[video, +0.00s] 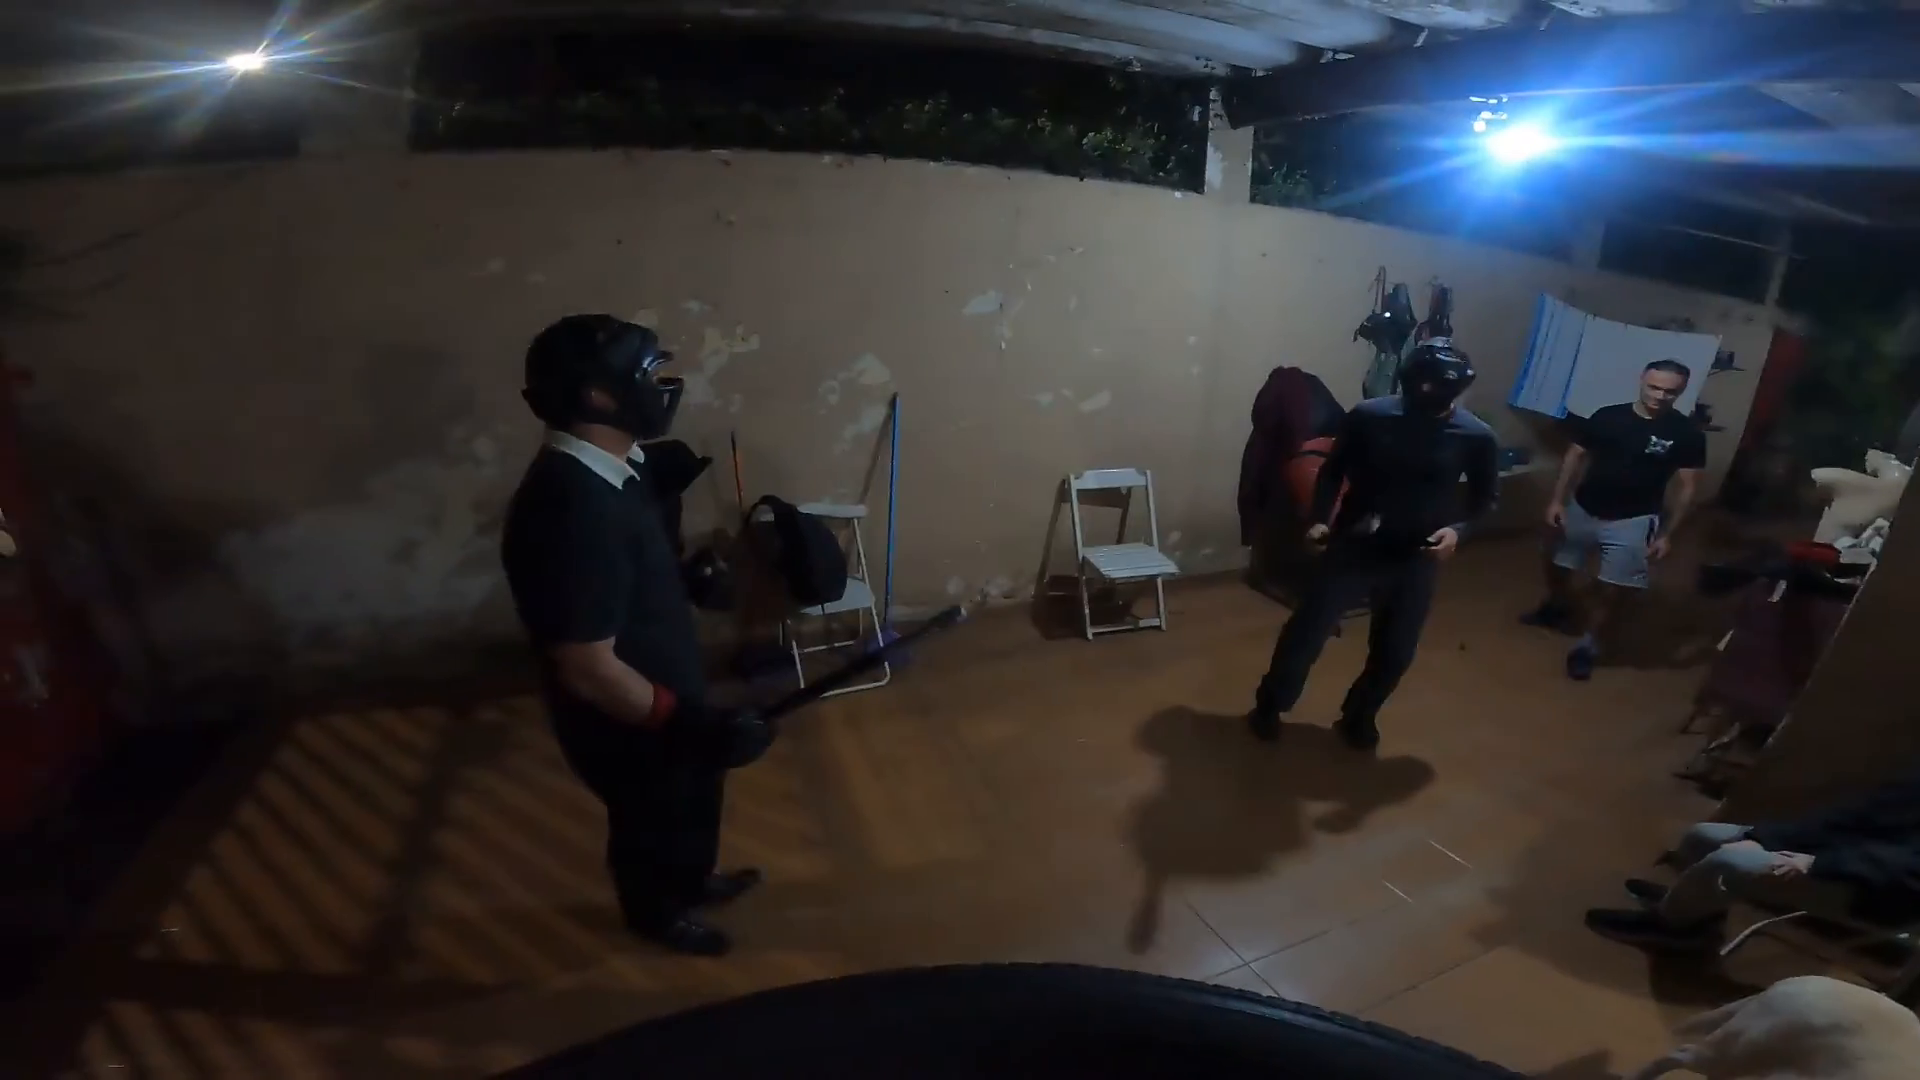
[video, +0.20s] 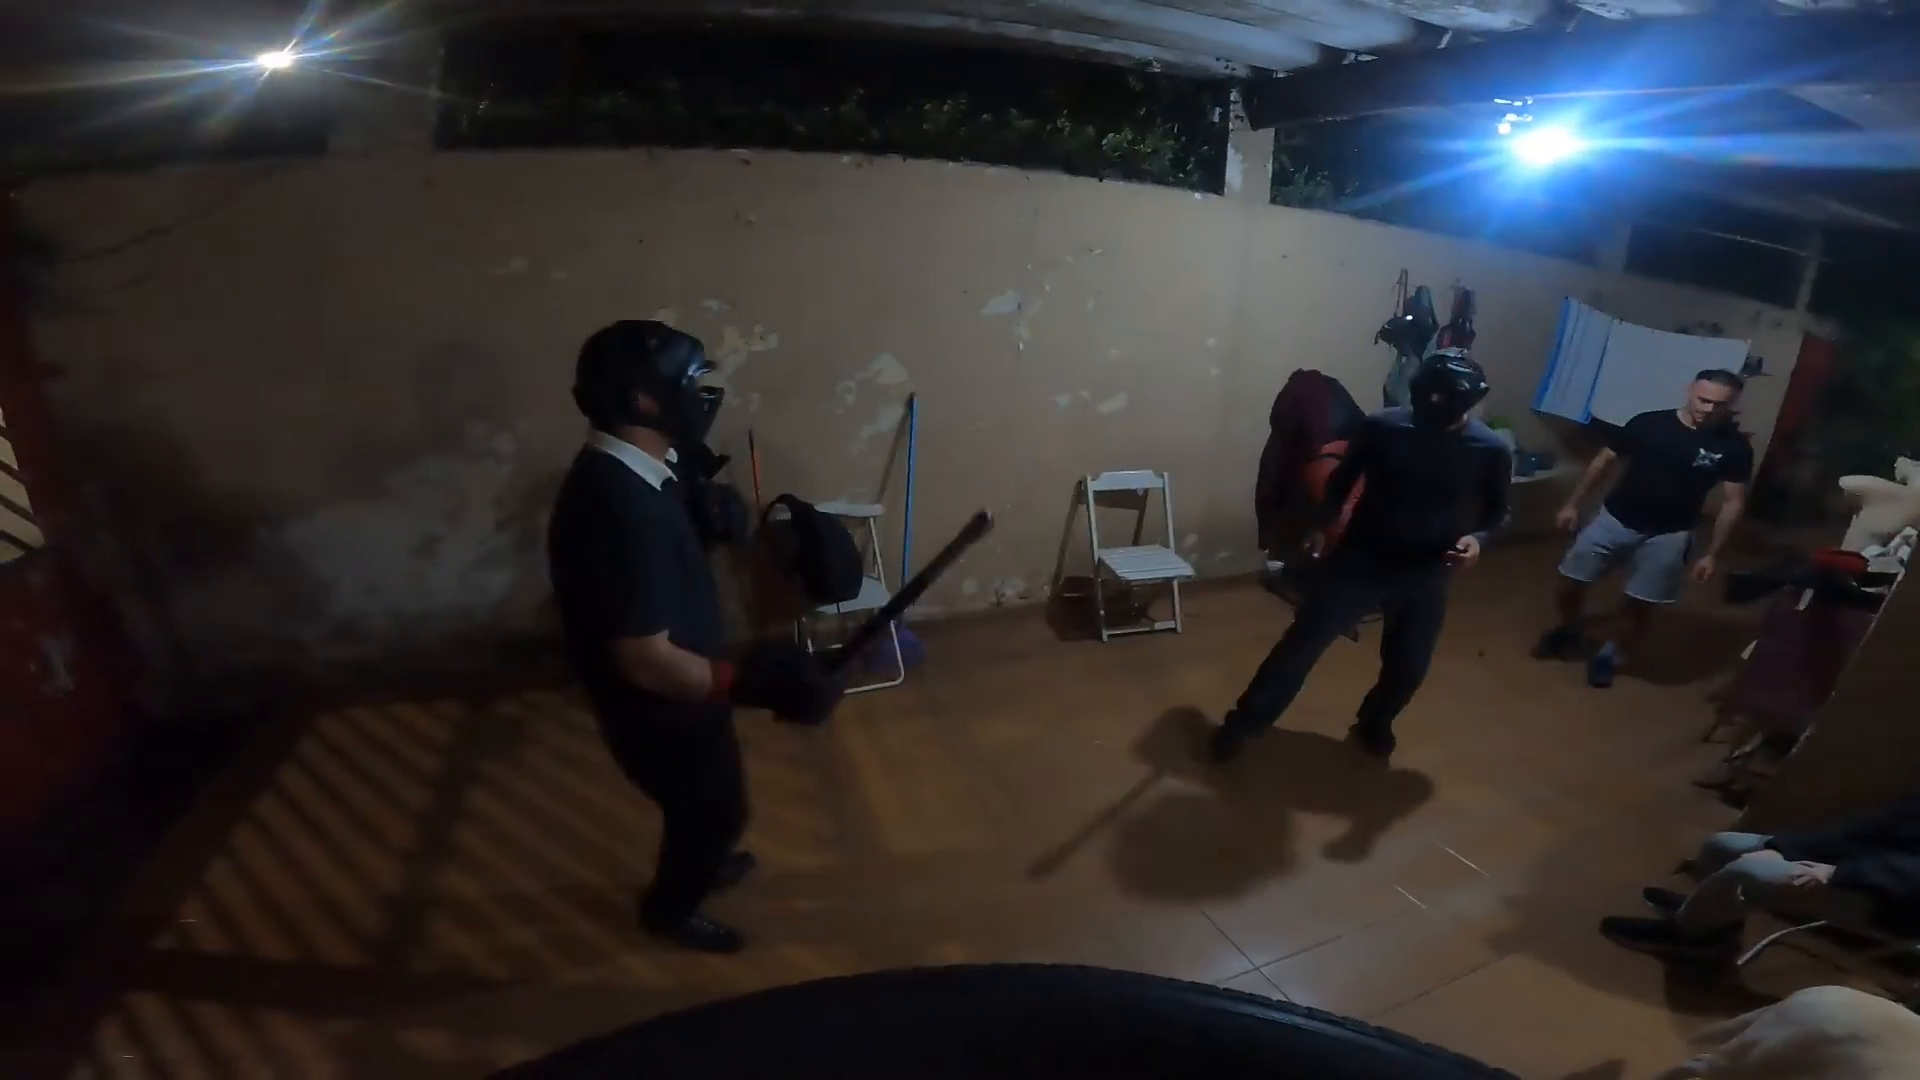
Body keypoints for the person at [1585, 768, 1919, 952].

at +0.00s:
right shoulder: (1910, 796)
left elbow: (1902, 868)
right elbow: (1855, 817)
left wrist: (1818, 865)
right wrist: (1763, 834)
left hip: (1866, 891)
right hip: (1836, 851)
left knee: (1727, 863)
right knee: (1703, 836)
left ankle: (1669, 921)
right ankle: (1682, 903)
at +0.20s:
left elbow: (1910, 877)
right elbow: (1882, 832)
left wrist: (1842, 874)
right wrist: (1786, 844)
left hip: (1891, 901)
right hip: (1866, 862)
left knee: (1748, 873)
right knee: (1721, 847)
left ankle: (1685, 930)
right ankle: (1706, 912)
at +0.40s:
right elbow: (1898, 844)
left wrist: (1866, 886)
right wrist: (1811, 857)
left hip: (1901, 908)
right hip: (1880, 871)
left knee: (1768, 881)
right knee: (1744, 855)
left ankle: (1704, 938)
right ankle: (1722, 919)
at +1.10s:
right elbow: (1905, 863)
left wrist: (1895, 902)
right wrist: (1835, 873)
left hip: (1909, 921)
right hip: (1897, 888)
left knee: (1796, 898)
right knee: (1775, 868)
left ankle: (1730, 955)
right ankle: (1750, 938)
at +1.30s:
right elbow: (1907, 864)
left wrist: (1898, 904)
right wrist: (1838, 875)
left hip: (1910, 922)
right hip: (1899, 889)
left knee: (1801, 900)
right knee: (1780, 871)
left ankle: (1732, 957)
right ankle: (1741, 932)